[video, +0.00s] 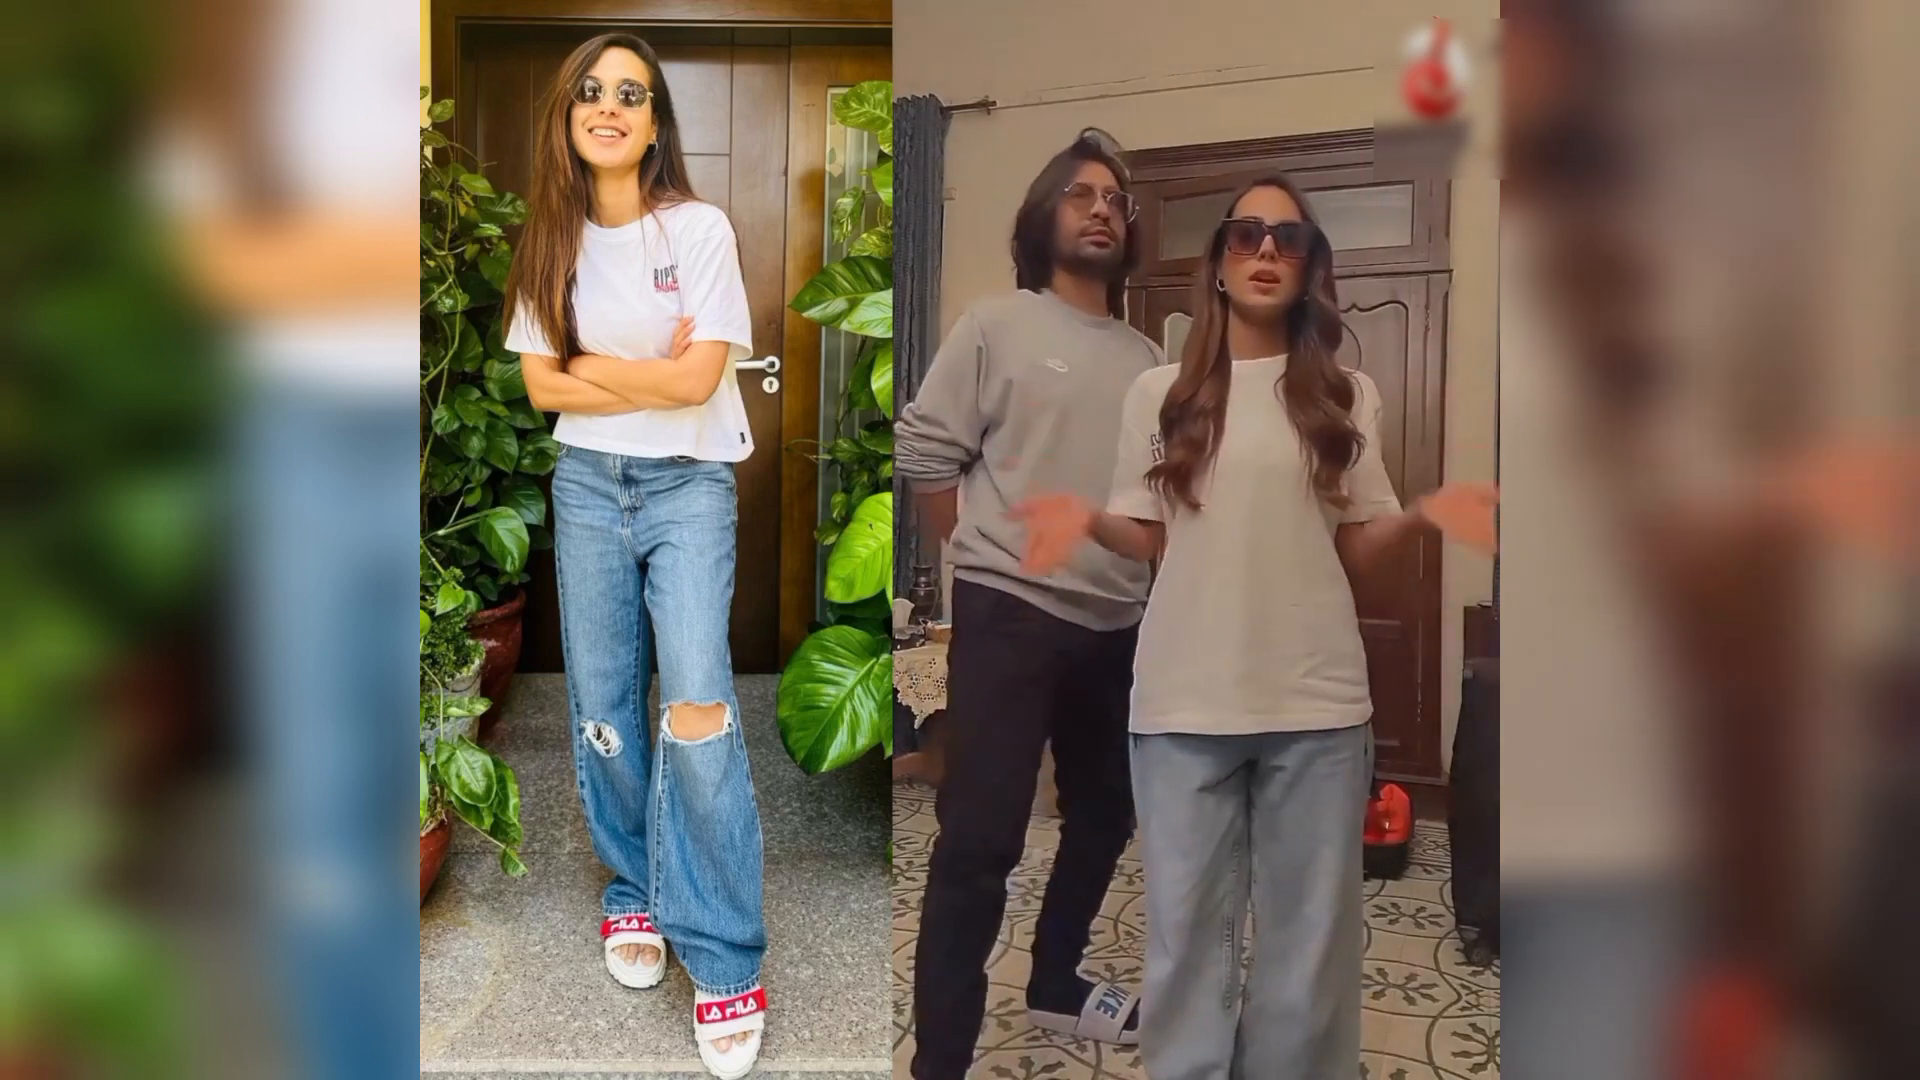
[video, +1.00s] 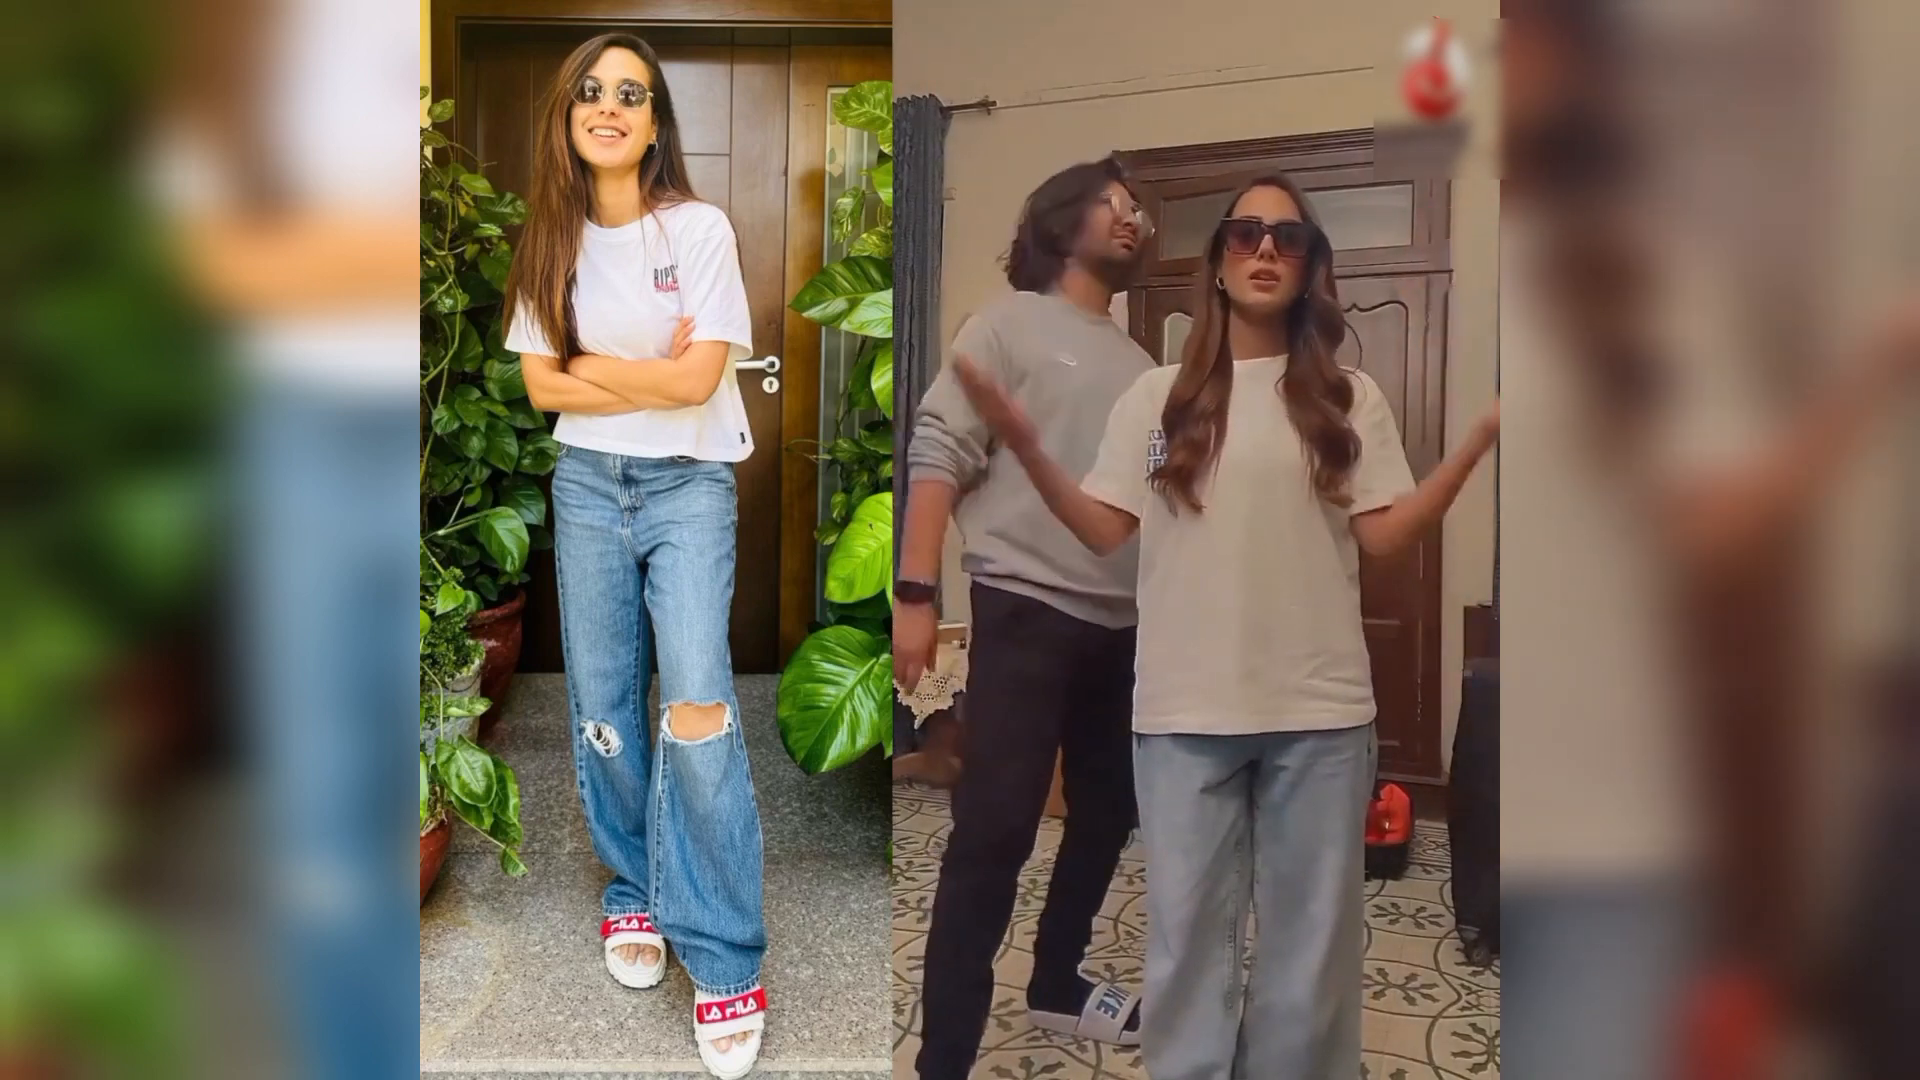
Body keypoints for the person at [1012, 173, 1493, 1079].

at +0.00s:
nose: (1266, 249)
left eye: (1287, 237)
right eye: (1248, 235)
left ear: (1313, 265)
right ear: (1219, 262)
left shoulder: (1346, 393)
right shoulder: (1162, 392)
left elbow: (1360, 552)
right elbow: (1154, 542)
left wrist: (1420, 517)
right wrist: (1093, 518)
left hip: (1317, 705)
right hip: (1182, 705)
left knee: (1310, 946)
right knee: (1182, 938)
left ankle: (1294, 1071)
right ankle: (1186, 1067)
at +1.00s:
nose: (1266, 248)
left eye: (1286, 236)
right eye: (1247, 234)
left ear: (1311, 263)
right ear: (1217, 258)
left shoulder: (1347, 392)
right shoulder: (1159, 391)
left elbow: (1384, 537)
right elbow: (1105, 531)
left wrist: (1471, 451)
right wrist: (1026, 446)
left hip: (1320, 707)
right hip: (1184, 708)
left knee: (1315, 944)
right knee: (1185, 938)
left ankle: (1294, 1075)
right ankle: (1186, 1069)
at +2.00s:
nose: (1263, 247)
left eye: (1284, 236)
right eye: (1244, 234)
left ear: (1311, 265)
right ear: (1214, 261)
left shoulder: (1345, 391)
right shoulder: (1160, 394)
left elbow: (1429, 522)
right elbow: (1082, 517)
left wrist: (1462, 382)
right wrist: (1031, 389)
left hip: (1322, 712)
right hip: (1183, 713)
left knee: (1314, 953)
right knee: (1184, 946)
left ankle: (1296, 1074)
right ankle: (1184, 1069)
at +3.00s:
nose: (1261, 246)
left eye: (1283, 235)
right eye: (1241, 233)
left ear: (1308, 267)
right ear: (1215, 262)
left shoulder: (1349, 395)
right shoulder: (1162, 393)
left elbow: (1378, 547)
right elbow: (1147, 545)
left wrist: (1360, 675)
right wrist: (1124, 665)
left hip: (1315, 712)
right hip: (1183, 712)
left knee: (1310, 952)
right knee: (1184, 945)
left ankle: (1293, 1070)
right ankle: (1185, 1066)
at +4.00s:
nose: (1262, 248)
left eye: (1283, 237)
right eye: (1243, 234)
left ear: (1308, 264)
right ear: (1213, 256)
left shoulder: (1342, 393)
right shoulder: (1154, 395)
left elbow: (1354, 549)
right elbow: (1120, 544)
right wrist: (1167, 526)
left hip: (1317, 707)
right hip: (1184, 710)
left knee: (1310, 952)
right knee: (1182, 944)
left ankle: (1292, 1077)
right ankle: (1186, 1072)